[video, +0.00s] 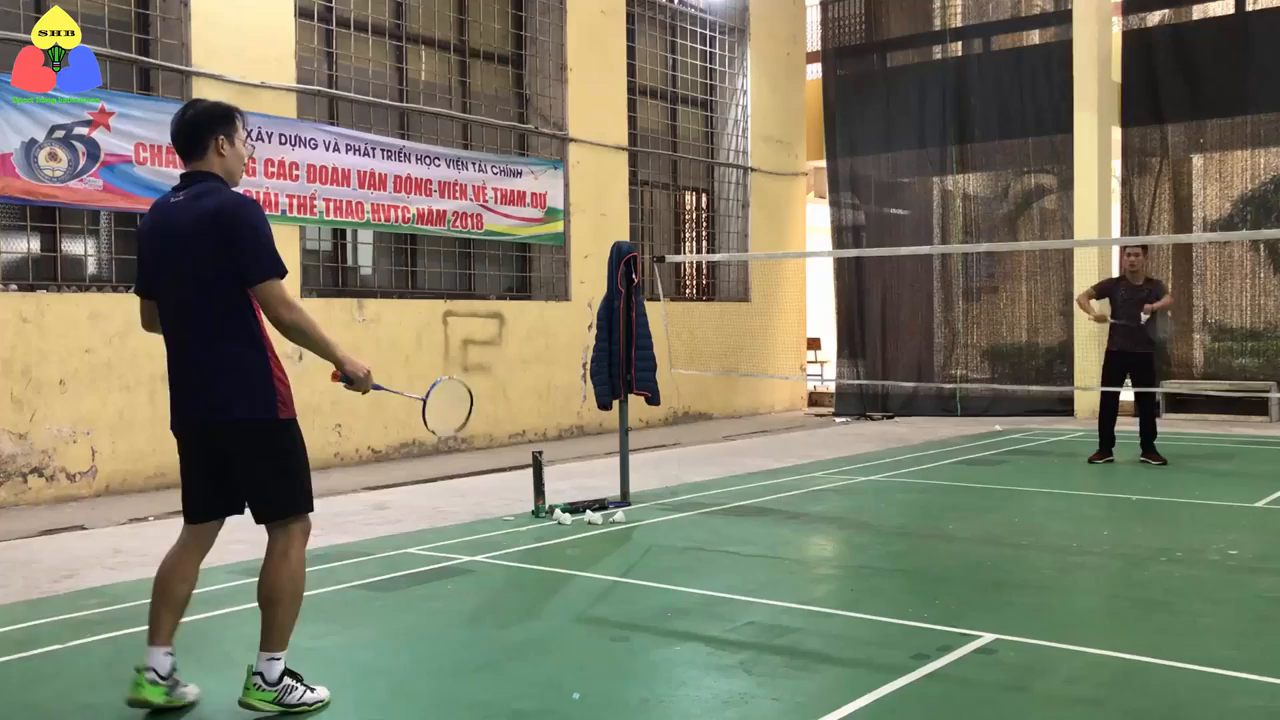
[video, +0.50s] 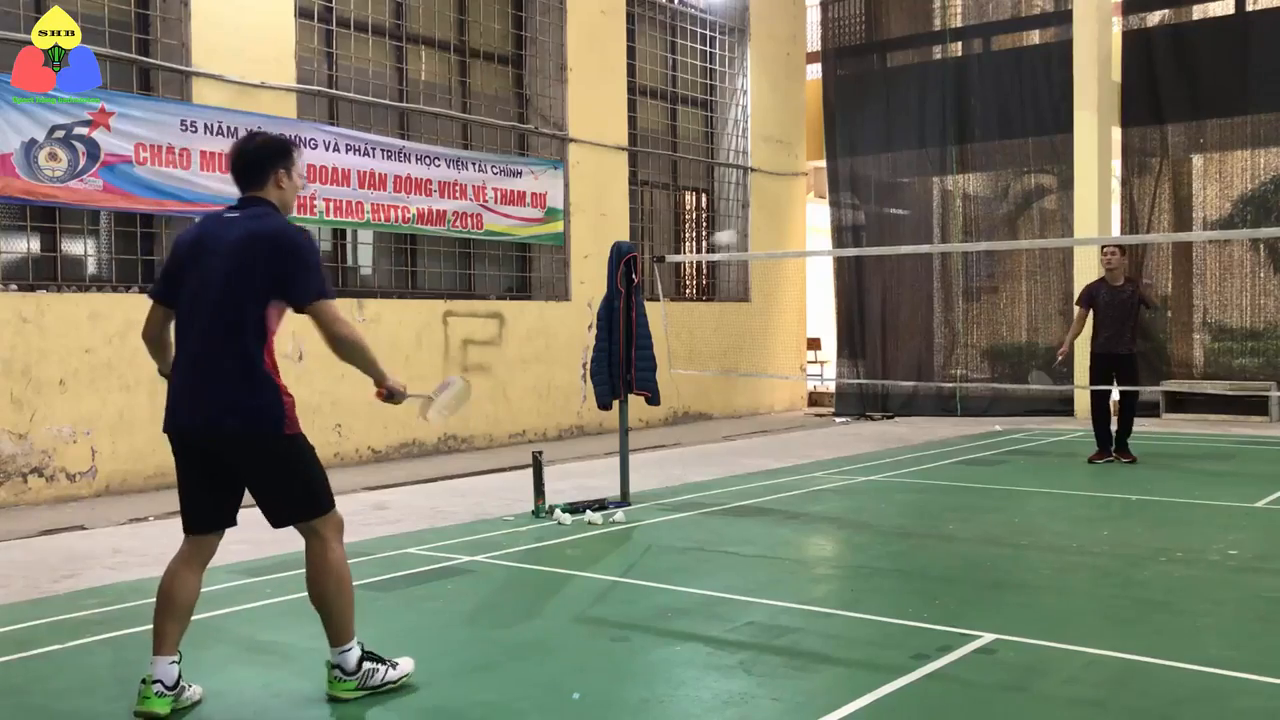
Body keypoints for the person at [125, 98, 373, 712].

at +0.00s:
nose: (249, 152)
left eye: (247, 140)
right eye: (244, 140)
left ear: (186, 149)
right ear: (222, 143)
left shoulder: (156, 217)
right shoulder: (237, 209)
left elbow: (152, 318)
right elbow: (281, 307)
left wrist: (220, 315)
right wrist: (342, 358)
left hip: (194, 407)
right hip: (257, 403)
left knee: (197, 530)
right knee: (290, 528)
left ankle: (156, 670)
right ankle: (270, 675)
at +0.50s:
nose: (300, 188)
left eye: (298, 177)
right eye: (297, 177)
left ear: (243, 180)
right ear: (279, 178)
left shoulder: (196, 235)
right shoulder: (286, 239)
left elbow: (154, 331)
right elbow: (337, 330)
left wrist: (177, 375)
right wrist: (381, 374)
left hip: (191, 416)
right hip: (258, 416)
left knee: (197, 542)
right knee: (324, 529)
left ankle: (161, 679)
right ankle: (349, 664)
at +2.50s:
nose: (168, 241)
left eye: (167, 230)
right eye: (166, 230)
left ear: (106, 235)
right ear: (148, 236)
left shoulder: (48, 266)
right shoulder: (145, 289)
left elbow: (21, 345)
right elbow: (202, 389)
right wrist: (260, 435)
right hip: (32, 424)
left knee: (27, 549)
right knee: (114, 561)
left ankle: (19, 688)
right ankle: (105, 712)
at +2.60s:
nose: (170, 239)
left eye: (168, 228)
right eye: (167, 229)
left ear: (108, 234)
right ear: (149, 234)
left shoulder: (52, 265)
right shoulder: (144, 288)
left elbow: (20, 340)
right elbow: (199, 394)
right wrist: (259, 439)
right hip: (29, 426)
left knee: (32, 548)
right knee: (119, 562)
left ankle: (20, 688)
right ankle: (106, 712)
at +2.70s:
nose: (172, 242)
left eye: (171, 231)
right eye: (169, 232)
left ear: (109, 235)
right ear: (152, 237)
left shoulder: (51, 268)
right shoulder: (147, 292)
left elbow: (19, 346)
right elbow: (197, 401)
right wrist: (254, 441)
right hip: (33, 432)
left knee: (31, 549)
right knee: (130, 566)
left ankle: (20, 688)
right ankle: (108, 713)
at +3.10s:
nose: (157, 228)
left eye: (158, 219)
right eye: (158, 220)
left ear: (95, 212)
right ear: (148, 224)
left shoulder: (18, 248)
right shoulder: (144, 282)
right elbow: (246, 320)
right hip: (30, 438)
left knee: (8, 551)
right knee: (97, 565)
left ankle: (8, 681)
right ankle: (104, 711)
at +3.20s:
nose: (150, 221)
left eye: (149, 212)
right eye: (148, 212)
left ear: (84, 211)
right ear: (136, 217)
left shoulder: (18, 244)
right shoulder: (138, 268)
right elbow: (250, 292)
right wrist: (332, 304)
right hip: (29, 435)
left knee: (8, 551)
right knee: (88, 568)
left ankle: (9, 684)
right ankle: (100, 710)